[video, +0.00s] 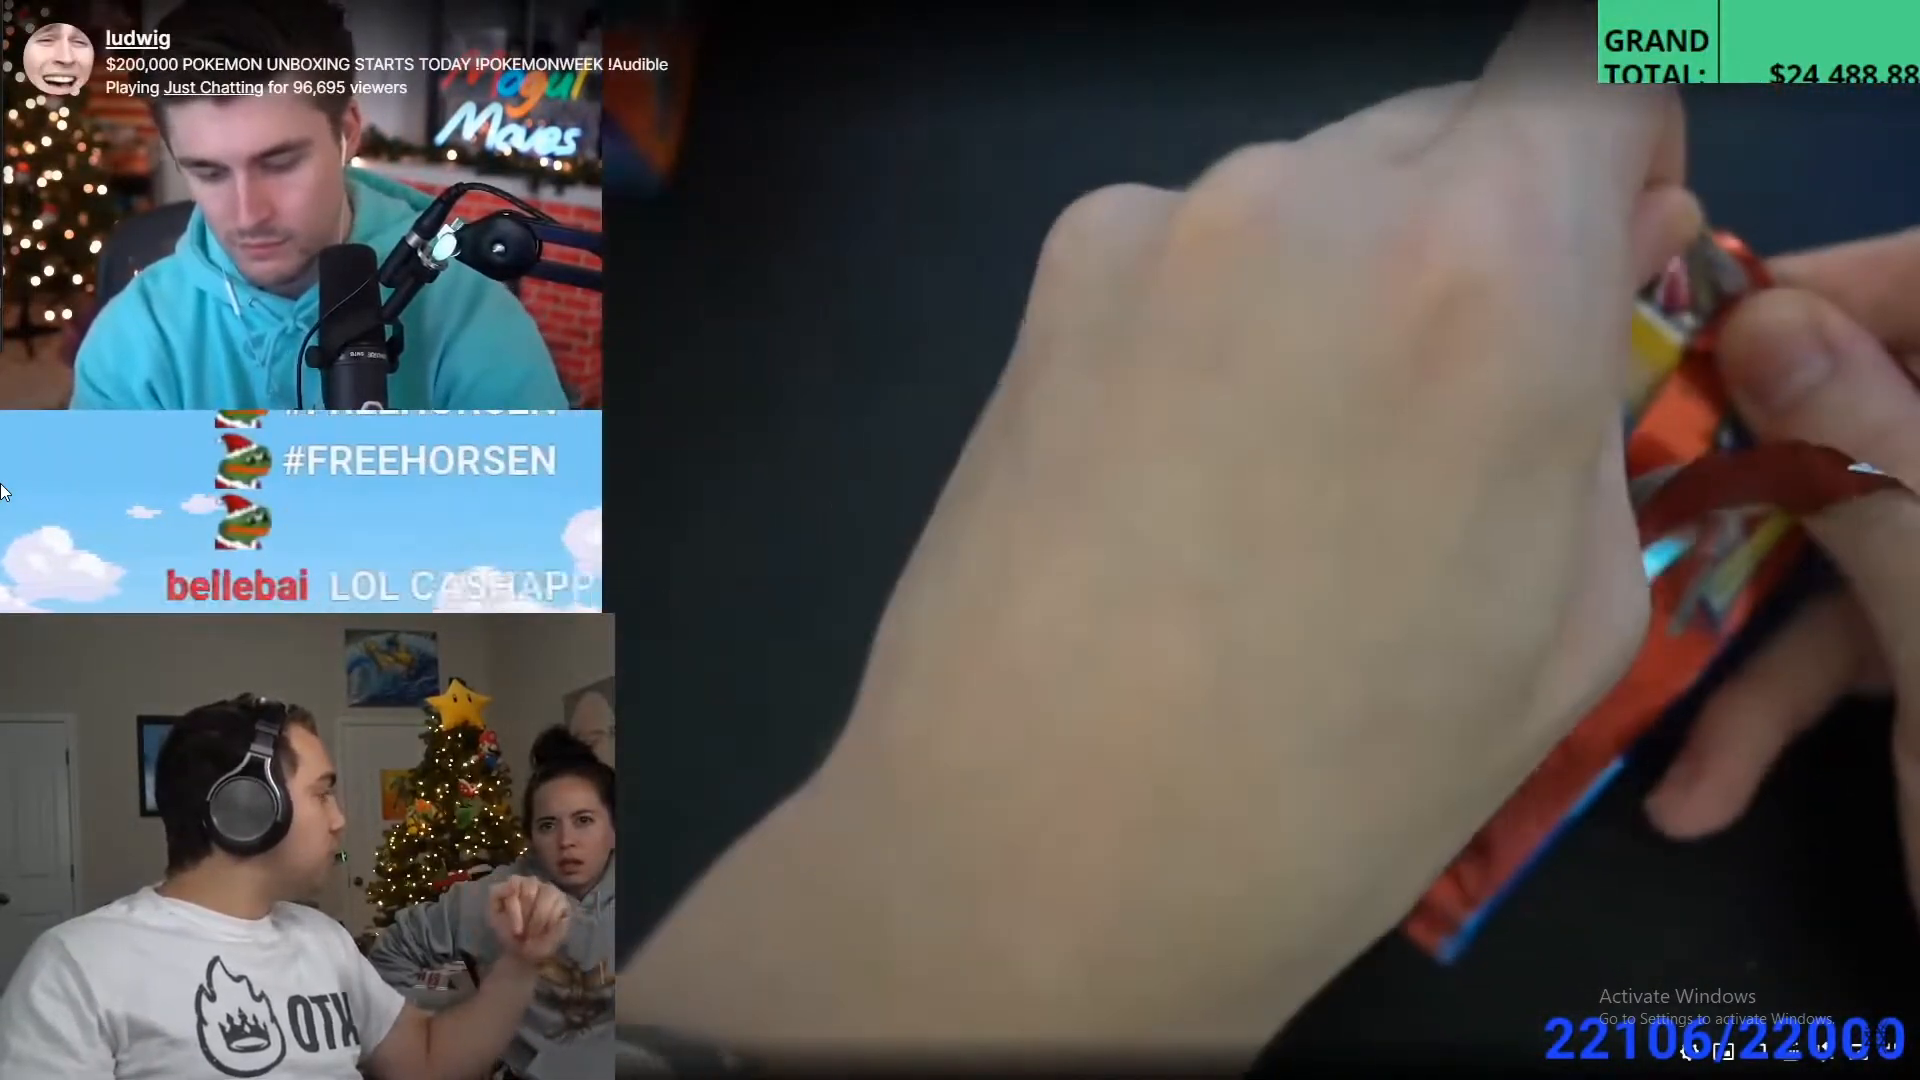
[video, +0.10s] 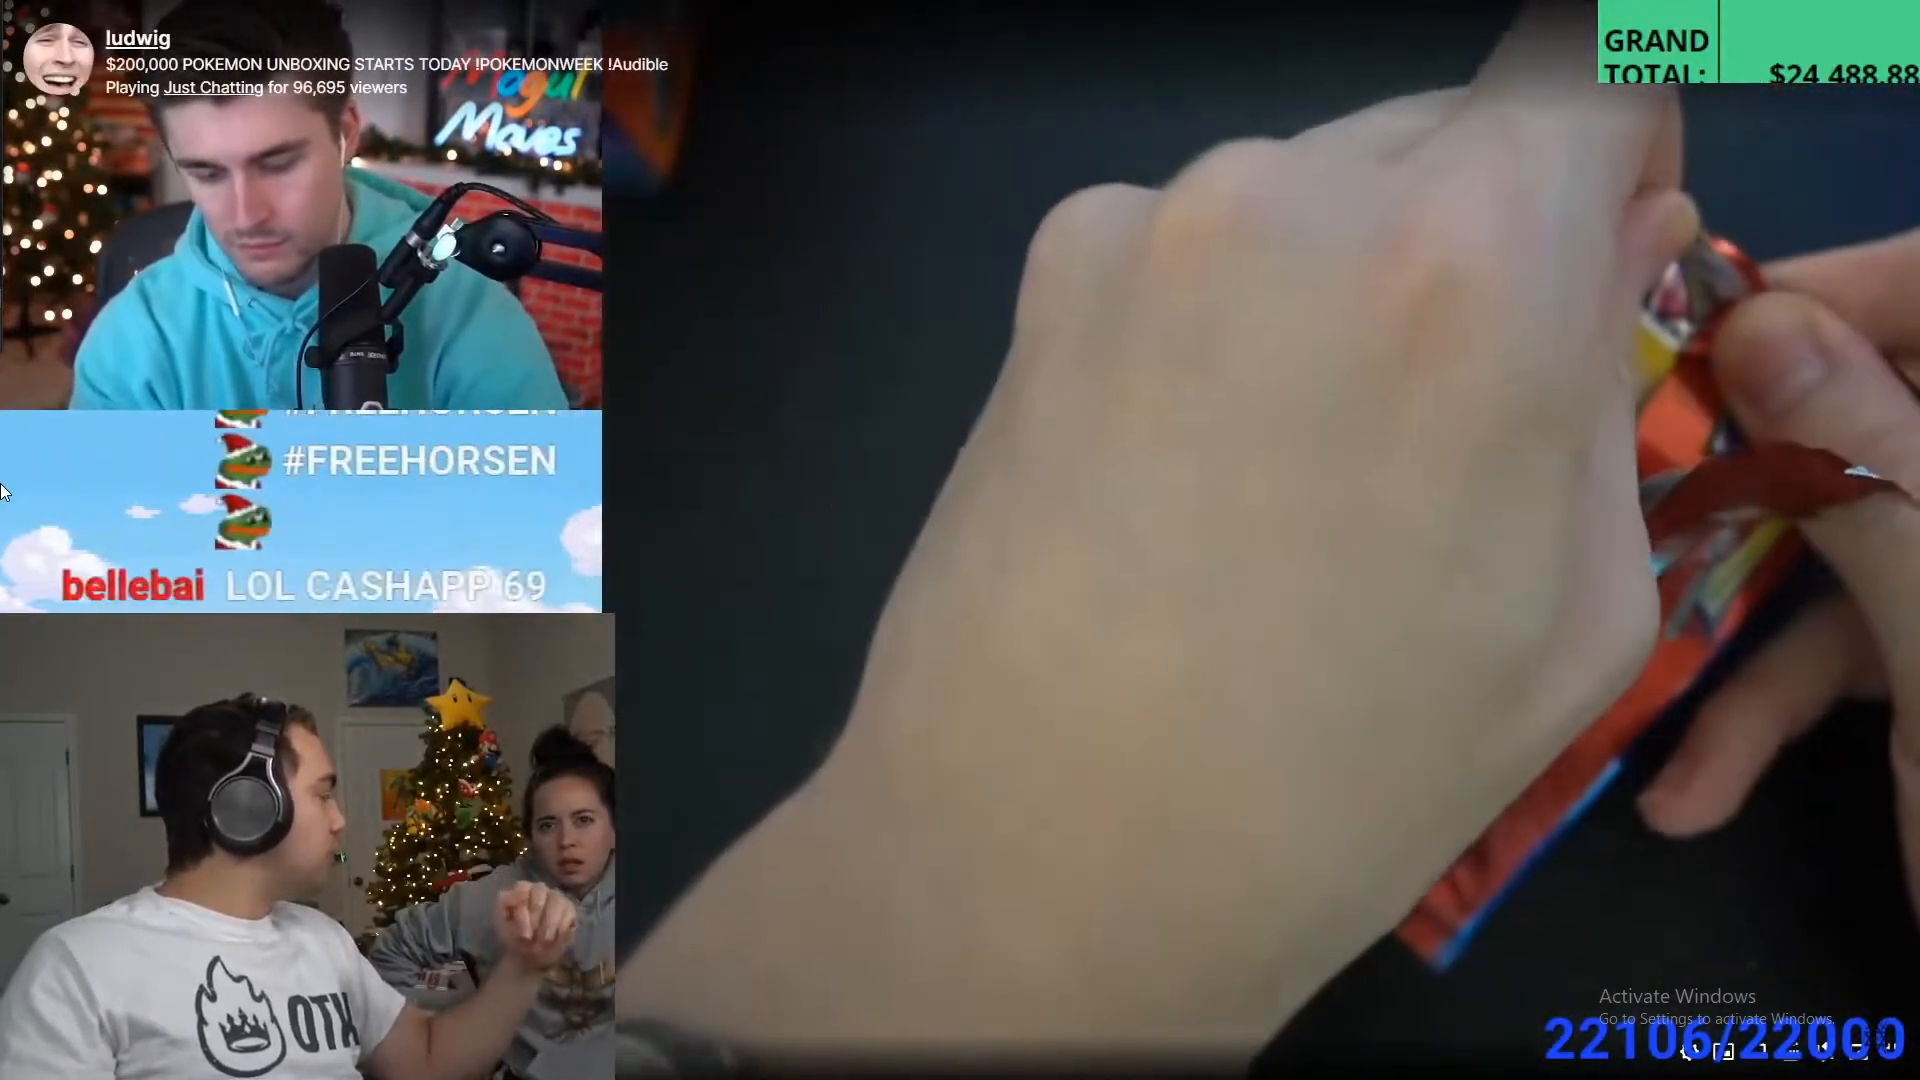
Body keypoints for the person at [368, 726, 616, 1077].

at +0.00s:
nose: (566, 841)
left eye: (584, 821)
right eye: (548, 825)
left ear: (613, 830)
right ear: (531, 837)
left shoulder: (643, 897)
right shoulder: (490, 900)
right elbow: (390, 954)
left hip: (630, 1069)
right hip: (534, 1072)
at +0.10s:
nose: (566, 841)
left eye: (584, 821)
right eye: (548, 825)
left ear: (613, 830)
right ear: (531, 837)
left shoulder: (641, 894)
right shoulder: (490, 900)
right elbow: (391, 953)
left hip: (627, 1069)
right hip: (536, 1073)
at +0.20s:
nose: (566, 841)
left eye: (584, 821)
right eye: (547, 825)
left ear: (614, 828)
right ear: (531, 838)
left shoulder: (645, 894)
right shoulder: (492, 899)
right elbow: (390, 954)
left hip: (627, 1069)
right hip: (538, 1072)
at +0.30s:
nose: (566, 841)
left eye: (584, 820)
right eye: (547, 825)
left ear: (614, 828)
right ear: (531, 837)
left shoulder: (646, 895)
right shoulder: (493, 899)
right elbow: (390, 954)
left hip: (628, 1070)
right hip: (537, 1073)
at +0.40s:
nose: (567, 841)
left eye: (584, 820)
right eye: (548, 825)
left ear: (613, 829)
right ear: (531, 838)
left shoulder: (644, 893)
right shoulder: (490, 899)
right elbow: (387, 958)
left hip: (629, 1068)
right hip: (538, 1072)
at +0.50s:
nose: (566, 841)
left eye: (584, 820)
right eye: (548, 825)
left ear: (613, 830)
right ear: (531, 837)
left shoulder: (643, 893)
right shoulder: (490, 898)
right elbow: (388, 956)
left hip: (623, 1068)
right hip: (530, 1071)